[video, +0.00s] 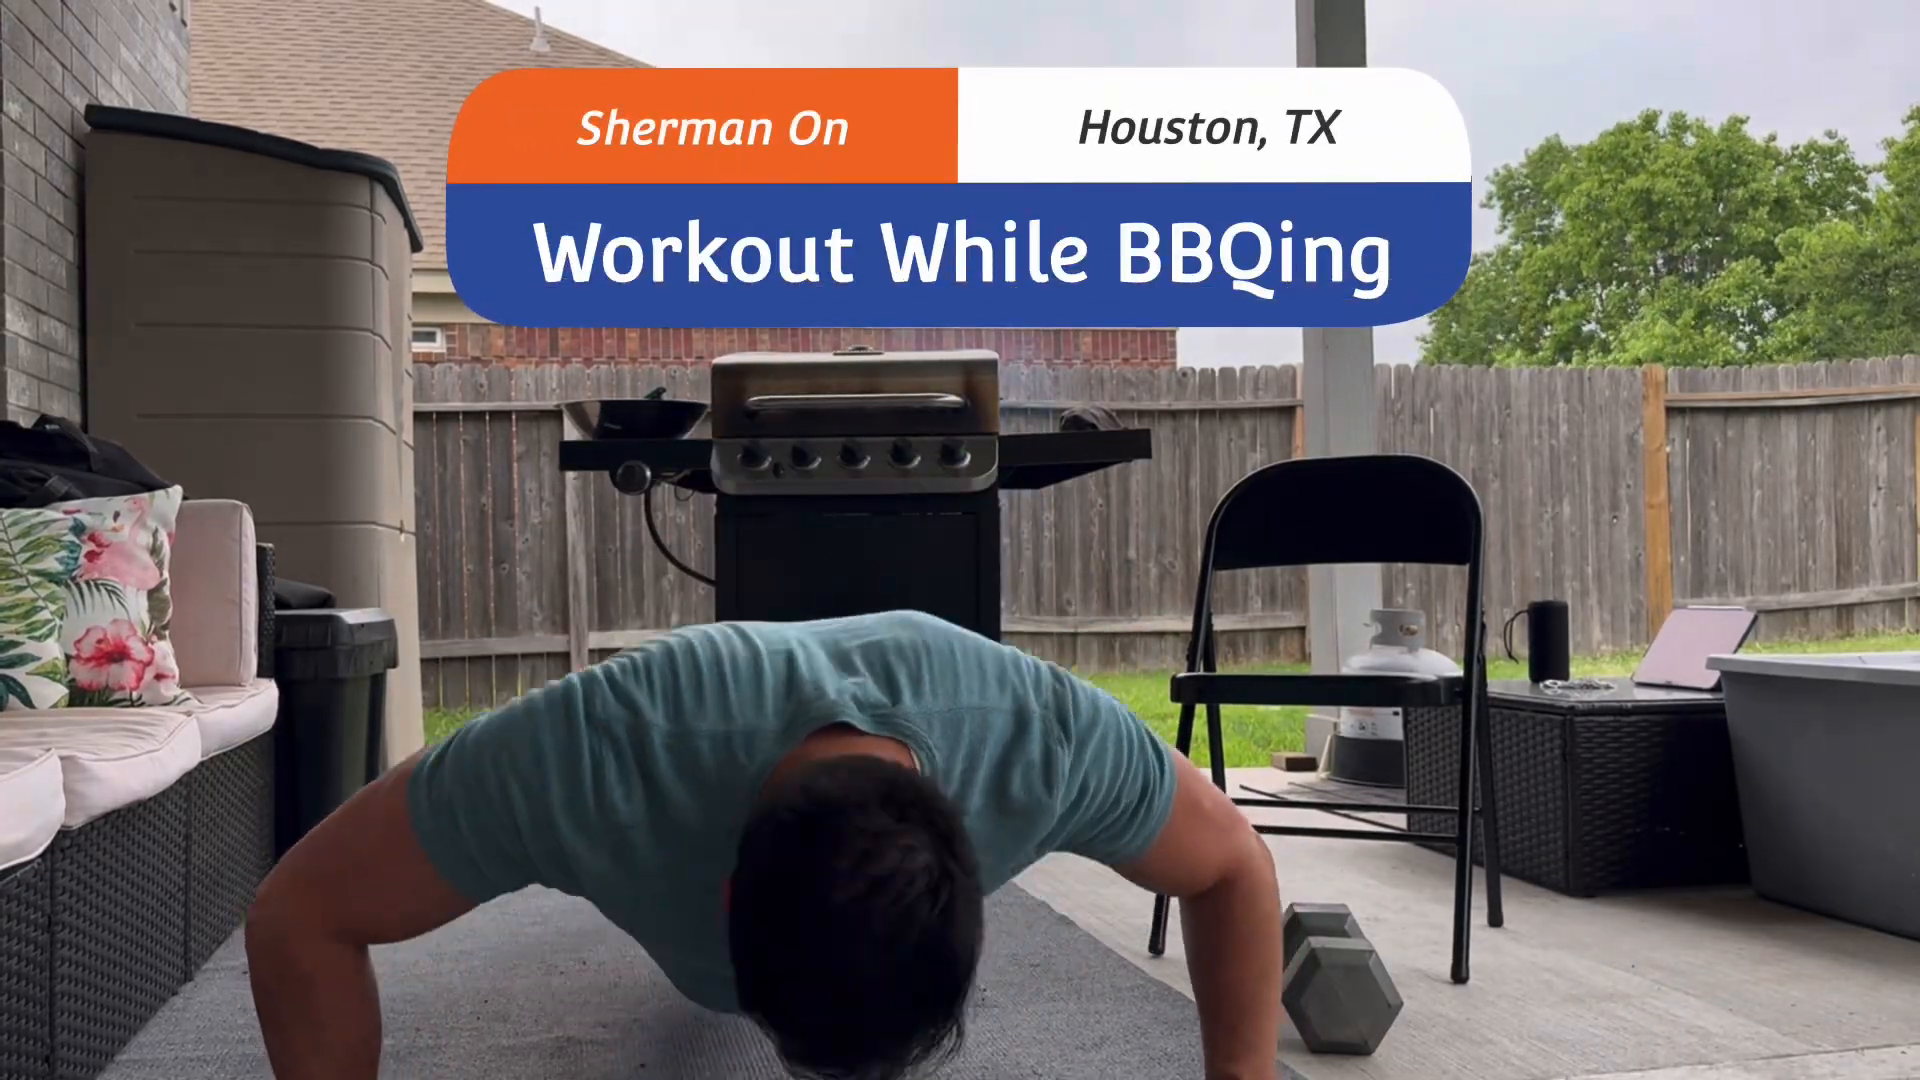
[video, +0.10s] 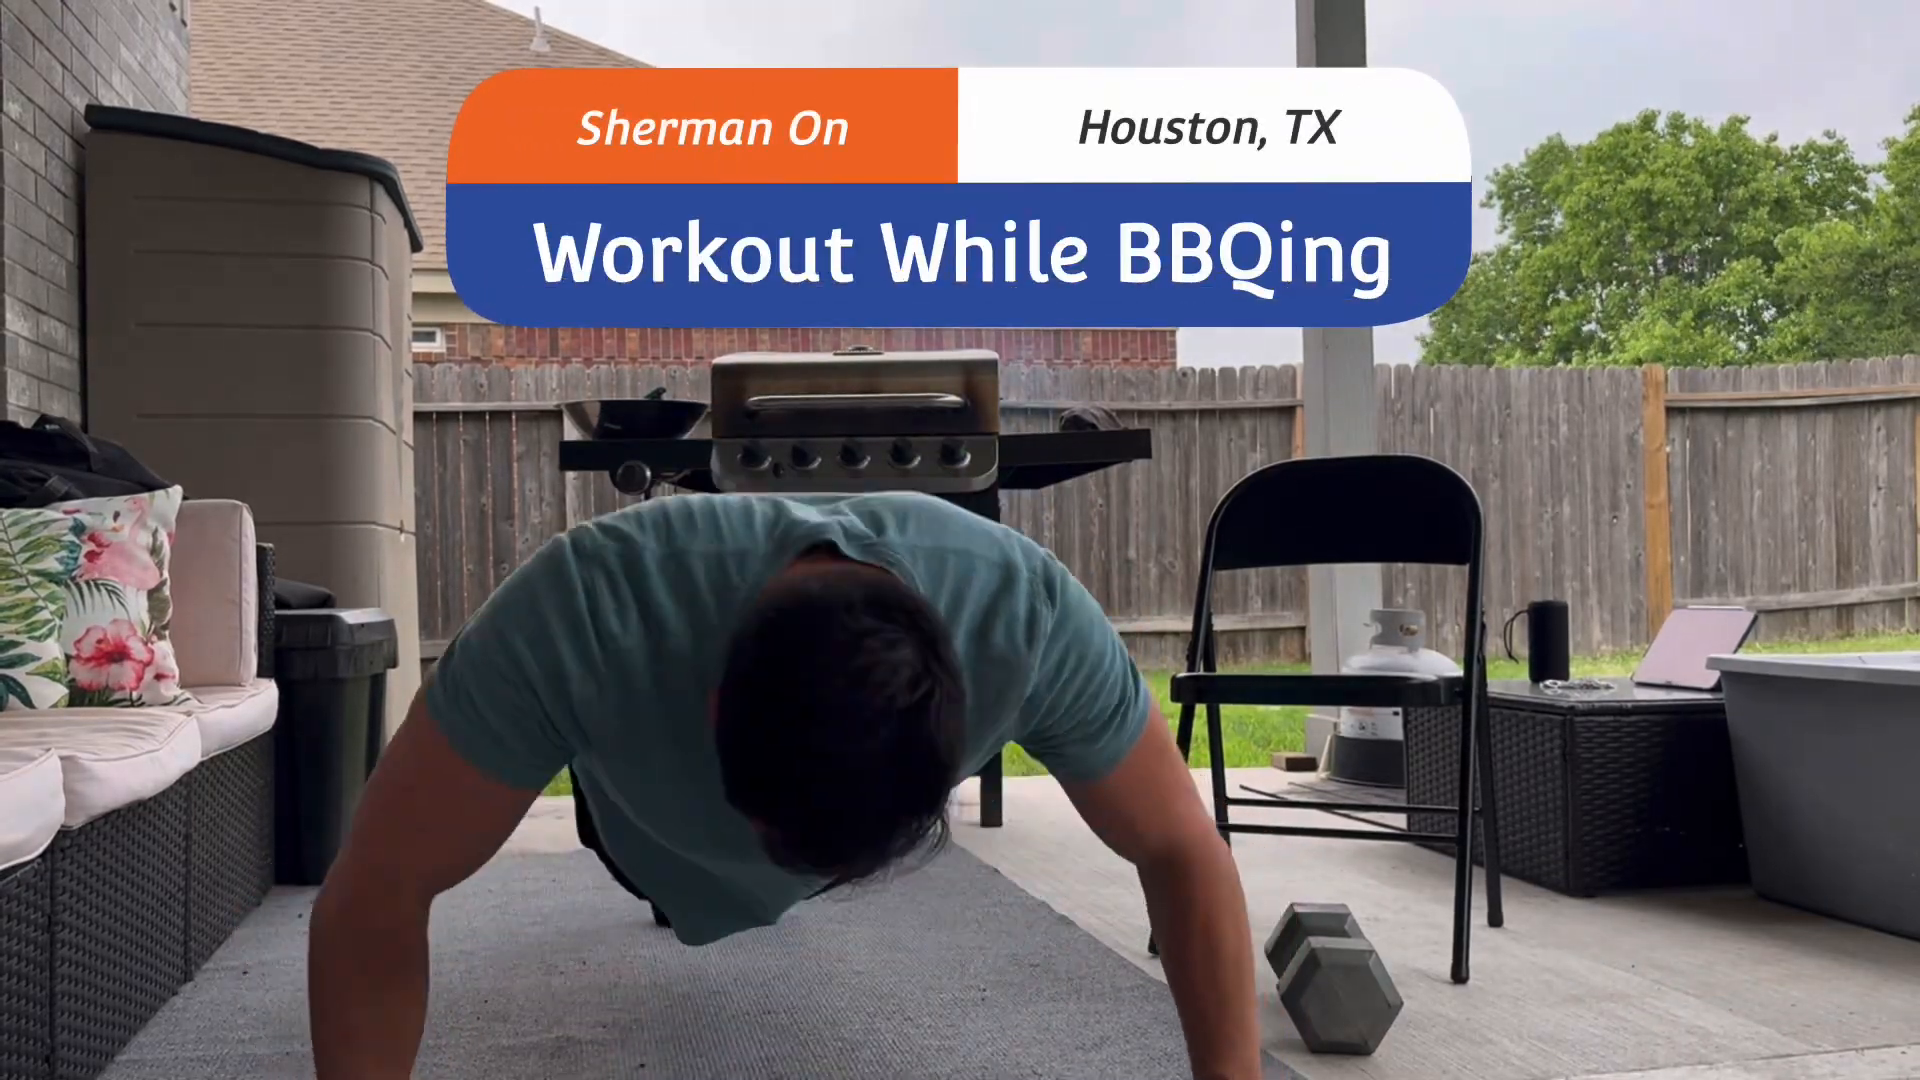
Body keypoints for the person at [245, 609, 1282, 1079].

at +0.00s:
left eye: (886, 1042)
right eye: (804, 1033)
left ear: (965, 866)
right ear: (733, 879)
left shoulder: (1047, 752)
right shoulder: (586, 766)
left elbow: (1233, 872)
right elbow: (299, 921)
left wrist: (1244, 1066)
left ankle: (1269, 950)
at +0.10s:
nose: (806, 877)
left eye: (857, 857)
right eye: (778, 845)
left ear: (952, 736)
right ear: (715, 716)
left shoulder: (1034, 624)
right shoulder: (574, 616)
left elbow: (1185, 859)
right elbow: (373, 899)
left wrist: (1230, 1067)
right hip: (657, 794)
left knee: (863, 861)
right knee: (687, 889)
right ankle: (664, 891)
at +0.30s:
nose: (802, 922)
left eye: (845, 913)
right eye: (776, 893)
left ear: (948, 787)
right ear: (716, 767)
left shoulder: (1020, 659)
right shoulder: (574, 660)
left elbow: (1185, 863)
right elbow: (333, 910)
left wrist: (1214, 1069)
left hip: (869, 829)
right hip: (646, 858)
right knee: (659, 906)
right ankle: (654, 885)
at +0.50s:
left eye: (890, 1030)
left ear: (937, 998)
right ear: (731, 1019)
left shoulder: (1037, 859)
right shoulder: (582, 871)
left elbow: (1231, 870)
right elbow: (265, 931)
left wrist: (1222, 1075)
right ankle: (440, 803)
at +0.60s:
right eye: (809, 1051)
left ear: (927, 1045)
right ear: (747, 1052)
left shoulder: (1039, 906)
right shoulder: (612, 938)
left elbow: (1234, 862)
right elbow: (270, 926)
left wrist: (1236, 1078)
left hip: (905, 819)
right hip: (678, 834)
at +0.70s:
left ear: (941, 1036)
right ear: (747, 1042)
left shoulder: (1046, 887)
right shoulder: (602, 916)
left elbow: (1235, 869)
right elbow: (274, 927)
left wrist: (1228, 1073)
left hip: (923, 812)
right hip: (682, 822)